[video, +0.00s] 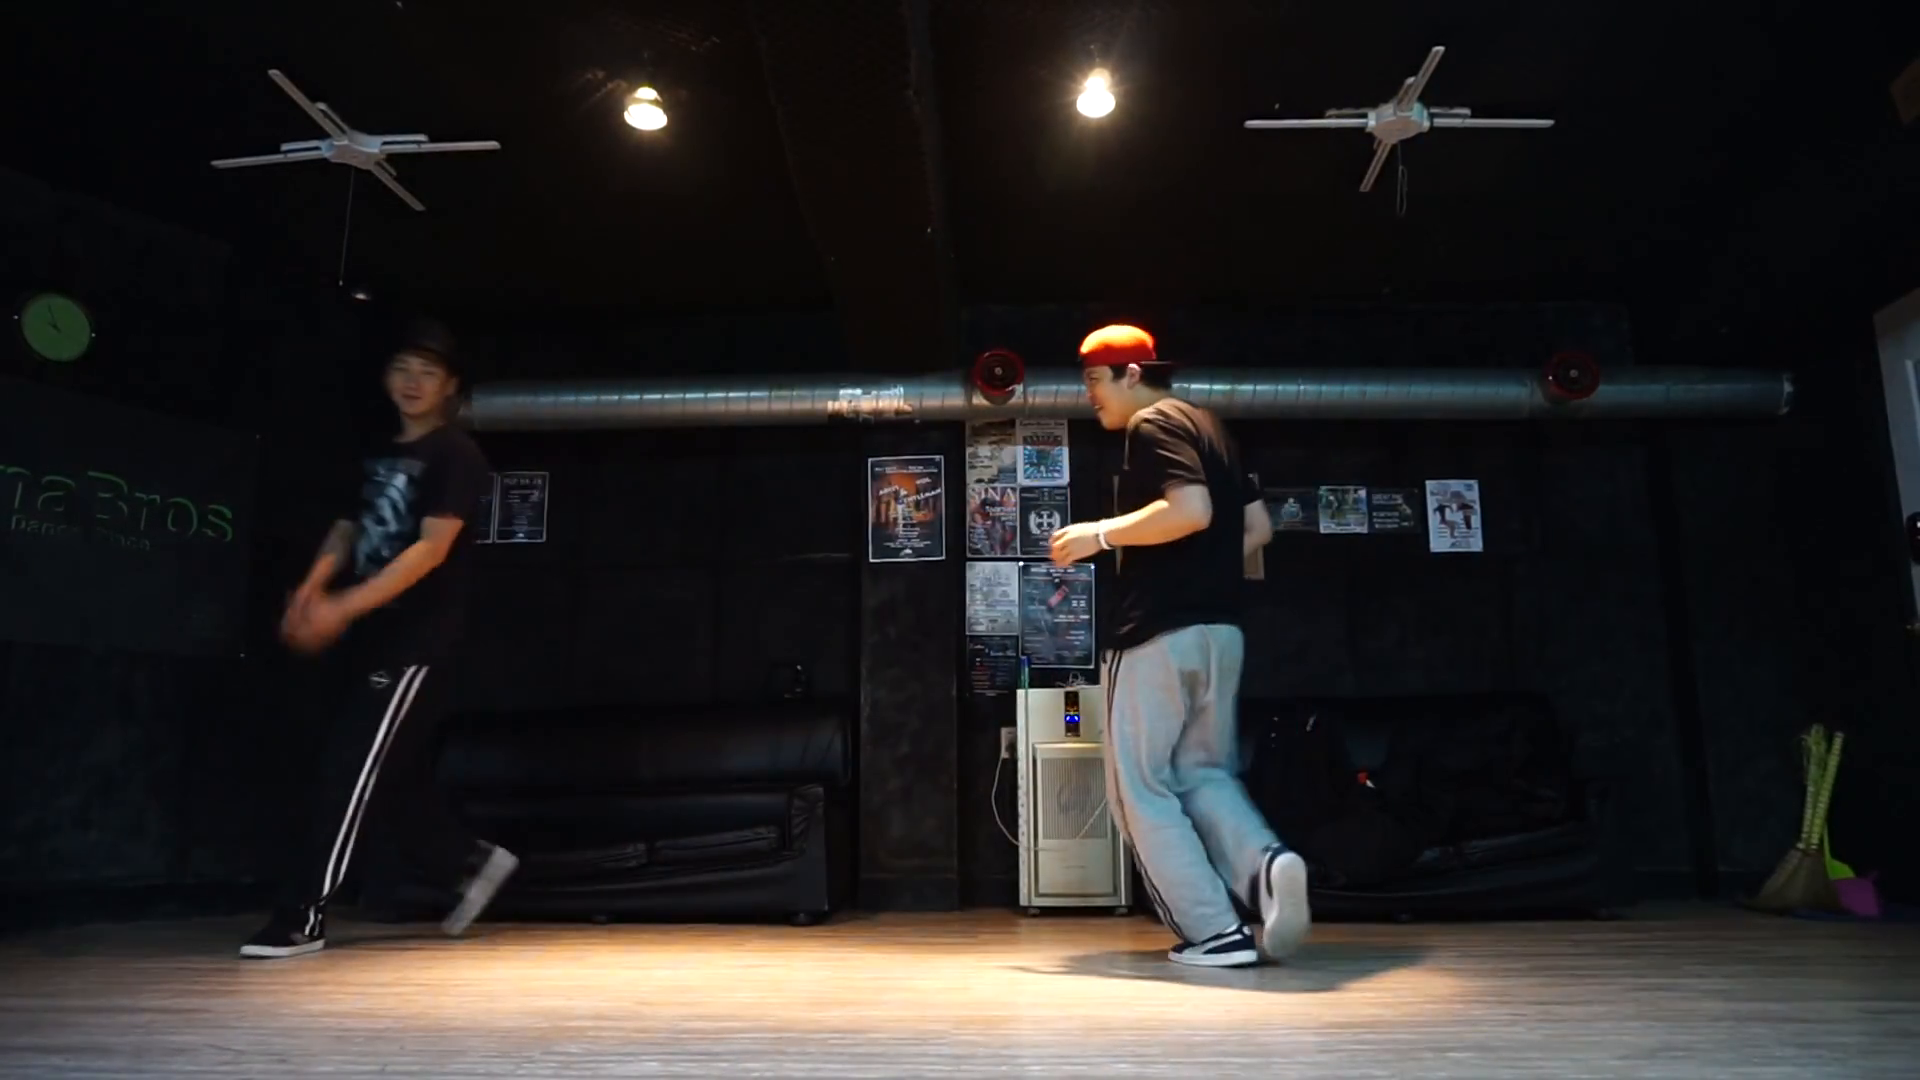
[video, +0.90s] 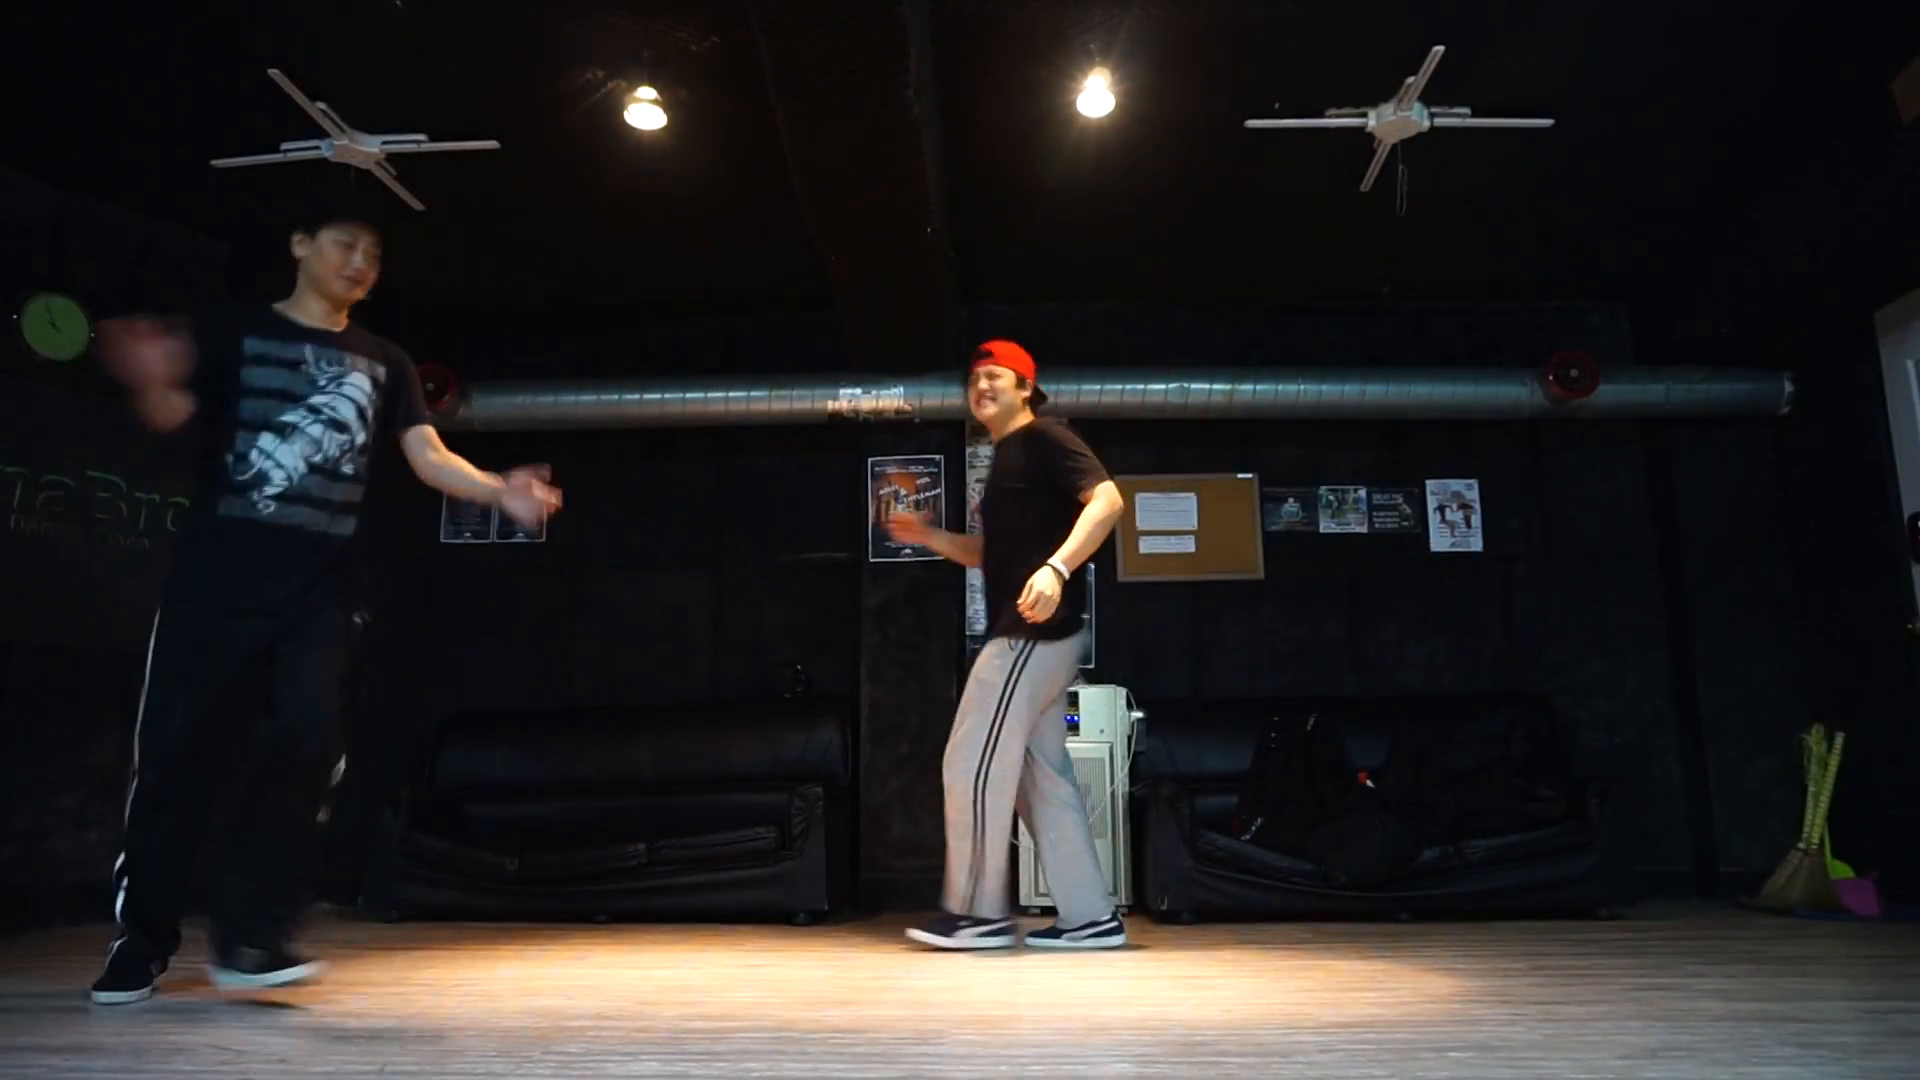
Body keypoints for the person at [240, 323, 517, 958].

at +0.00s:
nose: (410, 383)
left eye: (425, 374)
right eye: (402, 371)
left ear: (451, 385)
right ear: (388, 378)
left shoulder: (455, 456)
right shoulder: (384, 453)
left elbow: (432, 550)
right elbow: (352, 528)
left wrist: (344, 607)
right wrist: (313, 586)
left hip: (422, 639)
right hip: (378, 633)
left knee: (358, 768)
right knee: (384, 767)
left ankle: (305, 915)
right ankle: (472, 862)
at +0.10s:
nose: (393, 368)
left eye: (407, 359)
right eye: (382, 355)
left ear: (428, 371)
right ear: (364, 363)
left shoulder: (437, 441)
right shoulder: (354, 443)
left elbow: (429, 542)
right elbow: (318, 534)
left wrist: (392, 636)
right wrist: (278, 613)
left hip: (391, 626)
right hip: (336, 621)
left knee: (341, 763)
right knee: (324, 749)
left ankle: (301, 916)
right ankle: (398, 837)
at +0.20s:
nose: (384, 352)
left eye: (396, 344)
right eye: (372, 340)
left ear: (411, 359)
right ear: (344, 347)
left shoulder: (427, 432)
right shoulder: (317, 430)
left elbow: (447, 529)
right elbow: (292, 527)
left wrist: (451, 624)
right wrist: (256, 610)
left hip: (381, 621)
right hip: (311, 616)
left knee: (338, 762)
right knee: (280, 746)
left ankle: (305, 914)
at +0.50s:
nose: (336, 333)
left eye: (347, 324)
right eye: (321, 319)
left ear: (357, 339)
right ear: (286, 327)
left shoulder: (384, 417)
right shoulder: (244, 411)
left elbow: (452, 497)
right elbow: (196, 497)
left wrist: (515, 577)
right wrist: (148, 571)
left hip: (330, 623)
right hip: (242, 616)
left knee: (310, 768)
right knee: (201, 757)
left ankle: (292, 908)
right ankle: (147, 928)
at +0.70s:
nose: (320, 299)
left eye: (331, 289)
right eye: (305, 283)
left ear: (342, 305)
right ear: (266, 290)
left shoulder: (369, 391)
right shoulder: (216, 382)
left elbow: (426, 485)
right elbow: (130, 463)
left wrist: (490, 572)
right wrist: (26, 520)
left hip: (308, 612)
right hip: (211, 603)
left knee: (281, 772)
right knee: (166, 758)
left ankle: (250, 886)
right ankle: (145, 938)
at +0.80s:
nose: (336, 276)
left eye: (346, 268)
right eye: (321, 258)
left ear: (353, 288)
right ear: (279, 265)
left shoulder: (373, 373)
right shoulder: (222, 352)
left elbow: (428, 467)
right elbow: (128, 427)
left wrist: (501, 535)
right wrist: (48, 437)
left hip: (310, 591)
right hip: (213, 580)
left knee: (291, 748)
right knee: (166, 744)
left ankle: (224, 897)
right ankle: (143, 934)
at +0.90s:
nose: (361, 263)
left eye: (372, 252)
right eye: (345, 244)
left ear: (378, 270)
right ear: (298, 247)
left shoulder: (384, 363)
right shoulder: (234, 332)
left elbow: (429, 457)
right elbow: (171, 416)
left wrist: (504, 493)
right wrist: (155, 378)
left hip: (317, 589)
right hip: (220, 577)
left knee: (300, 755)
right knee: (172, 755)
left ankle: (251, 943)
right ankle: (140, 941)